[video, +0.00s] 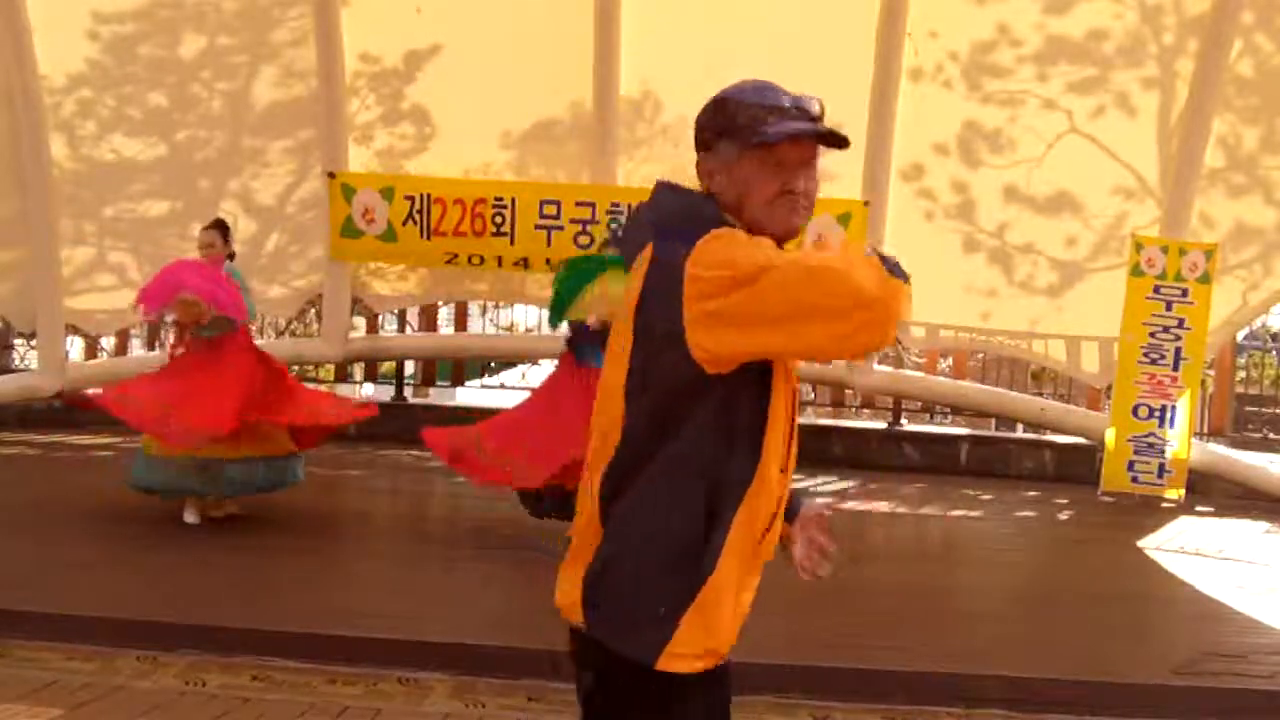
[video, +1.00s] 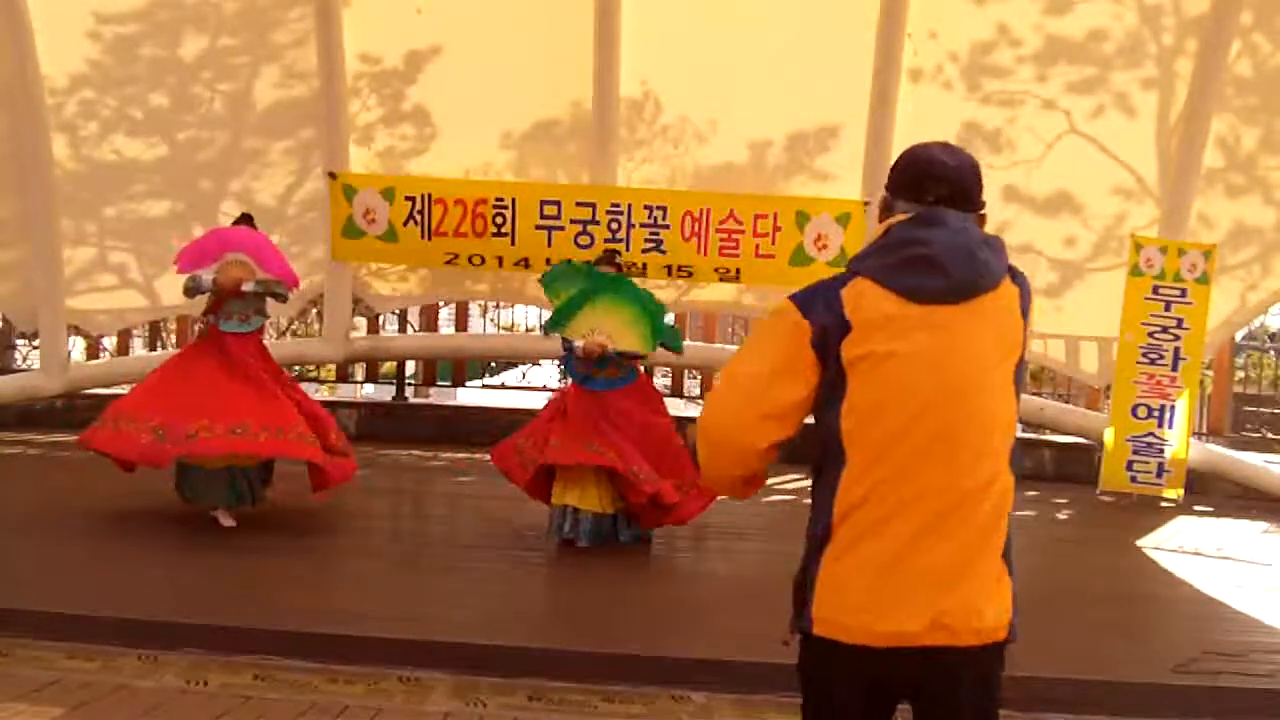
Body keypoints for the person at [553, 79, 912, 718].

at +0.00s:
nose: (801, 183)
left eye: (809, 165)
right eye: (776, 163)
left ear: (820, 170)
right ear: (711, 170)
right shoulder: (703, 259)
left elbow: (700, 430)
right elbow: (868, 309)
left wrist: (784, 513)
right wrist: (831, 249)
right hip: (656, 631)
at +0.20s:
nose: (880, 203)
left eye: (878, 186)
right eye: (865, 184)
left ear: (798, 186)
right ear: (803, 186)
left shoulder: (705, 262)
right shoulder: (803, 277)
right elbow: (958, 327)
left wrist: (830, 485)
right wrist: (924, 285)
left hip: (642, 632)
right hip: (719, 649)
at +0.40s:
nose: (931, 205)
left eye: (933, 186)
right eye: (928, 185)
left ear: (827, 180)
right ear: (894, 185)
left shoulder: (735, 277)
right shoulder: (884, 270)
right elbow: (1024, 296)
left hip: (681, 626)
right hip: (791, 638)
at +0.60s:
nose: (982, 217)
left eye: (982, 201)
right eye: (981, 201)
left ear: (886, 196)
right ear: (969, 206)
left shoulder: (799, 298)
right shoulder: (976, 294)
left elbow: (743, 440)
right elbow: (1099, 348)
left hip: (768, 636)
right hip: (888, 643)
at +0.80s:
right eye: (1003, 195)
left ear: (905, 188)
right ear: (999, 199)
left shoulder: (826, 282)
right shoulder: (1025, 289)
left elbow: (717, 410)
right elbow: (1078, 296)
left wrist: (731, 464)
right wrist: (1080, 266)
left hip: (814, 611)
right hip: (937, 622)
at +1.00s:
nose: (878, 216)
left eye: (880, 206)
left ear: (886, 211)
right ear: (978, 220)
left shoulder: (828, 304)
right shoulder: (1012, 302)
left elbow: (727, 434)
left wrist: (741, 477)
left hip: (851, 627)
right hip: (971, 632)